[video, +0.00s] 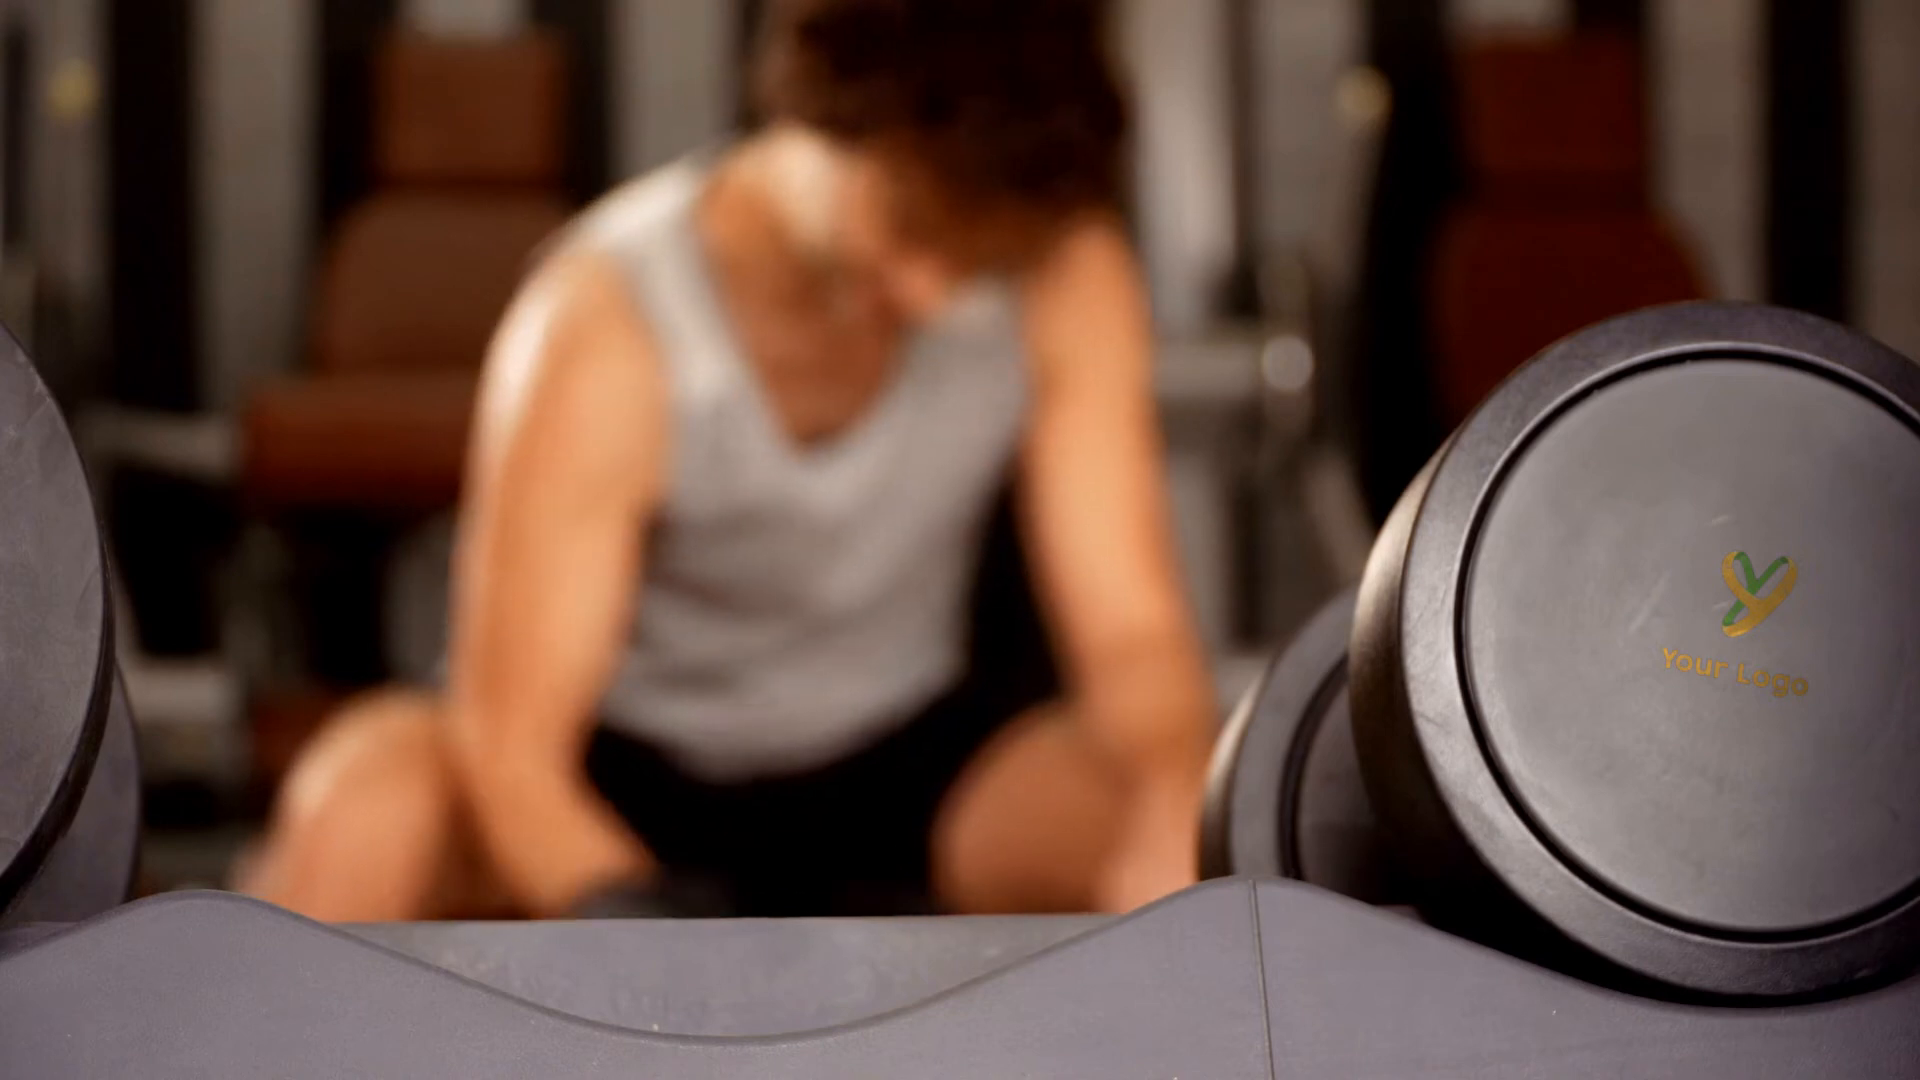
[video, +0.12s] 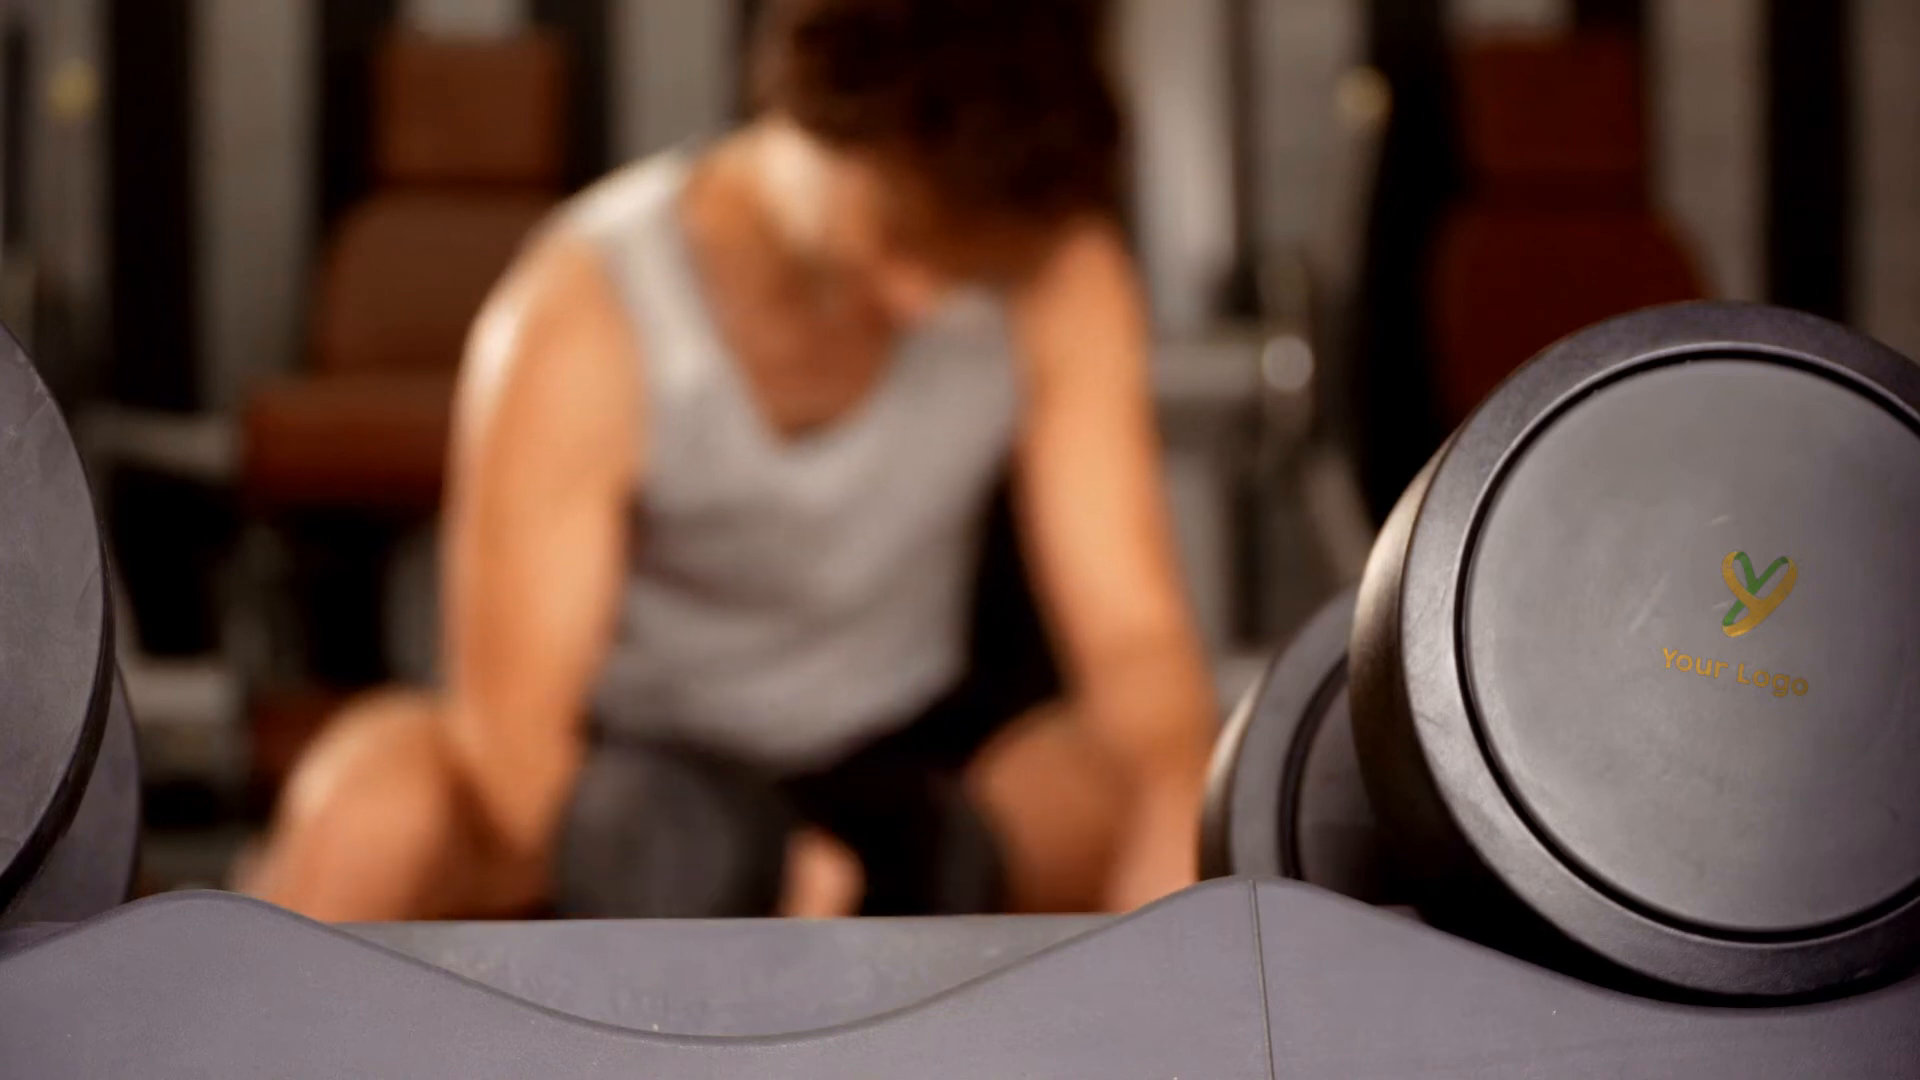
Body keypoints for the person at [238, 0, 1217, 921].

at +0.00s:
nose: (929, 298)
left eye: (980, 262)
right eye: (904, 241)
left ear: (1041, 219)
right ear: (826, 134)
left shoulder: (1057, 260)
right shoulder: (602, 316)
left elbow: (1133, 643)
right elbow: (511, 755)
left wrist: (1172, 839)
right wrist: (674, 956)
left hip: (902, 777)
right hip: (628, 790)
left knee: (1190, 806)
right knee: (367, 784)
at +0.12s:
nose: (923, 303)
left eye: (972, 267)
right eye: (896, 247)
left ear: (1037, 224)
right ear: (817, 135)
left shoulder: (1051, 263)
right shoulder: (578, 313)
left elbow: (1135, 643)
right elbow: (514, 754)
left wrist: (1171, 854)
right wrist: (767, 867)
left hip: (904, 779)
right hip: (619, 783)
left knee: (1199, 780)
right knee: (370, 787)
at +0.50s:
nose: (886, 303)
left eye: (926, 263)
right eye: (859, 248)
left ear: (980, 205)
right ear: (764, 148)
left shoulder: (1010, 262)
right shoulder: (492, 318)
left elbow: (1121, 639)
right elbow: (509, 749)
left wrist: (1182, 877)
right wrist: (735, 696)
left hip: (900, 786)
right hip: (598, 796)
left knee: (1169, 807)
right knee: (351, 798)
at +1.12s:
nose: (893, 271)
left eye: (944, 232)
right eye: (867, 214)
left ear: (1003, 179)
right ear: (785, 116)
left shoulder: (1034, 256)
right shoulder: (546, 313)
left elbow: (1125, 636)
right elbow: (514, 735)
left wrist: (1195, 807)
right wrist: (846, 823)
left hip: (901, 796)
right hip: (611, 796)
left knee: (1193, 800)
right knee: (360, 786)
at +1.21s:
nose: (905, 272)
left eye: (955, 233)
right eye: (879, 215)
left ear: (1010, 180)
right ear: (799, 119)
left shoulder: (1042, 255)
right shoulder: (562, 313)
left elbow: (1126, 631)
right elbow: (514, 764)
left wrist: (1201, 806)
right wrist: (734, 897)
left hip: (907, 770)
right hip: (625, 782)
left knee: (1199, 815)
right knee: (358, 797)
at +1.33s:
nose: (916, 282)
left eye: (970, 240)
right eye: (889, 220)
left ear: (1024, 192)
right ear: (805, 120)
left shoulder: (1052, 262)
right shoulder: (584, 314)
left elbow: (1133, 641)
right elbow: (519, 791)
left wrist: (1207, 826)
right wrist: (678, 1040)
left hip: (901, 778)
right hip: (624, 789)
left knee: (1192, 815)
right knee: (363, 798)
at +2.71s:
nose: (912, 238)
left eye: (961, 192)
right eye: (879, 175)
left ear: (1013, 159)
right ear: (778, 82)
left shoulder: (1044, 256)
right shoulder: (578, 307)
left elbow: (1133, 637)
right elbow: (508, 744)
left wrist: (1182, 851)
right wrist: (721, 897)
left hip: (902, 785)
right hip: (626, 794)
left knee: (1197, 790)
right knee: (369, 793)